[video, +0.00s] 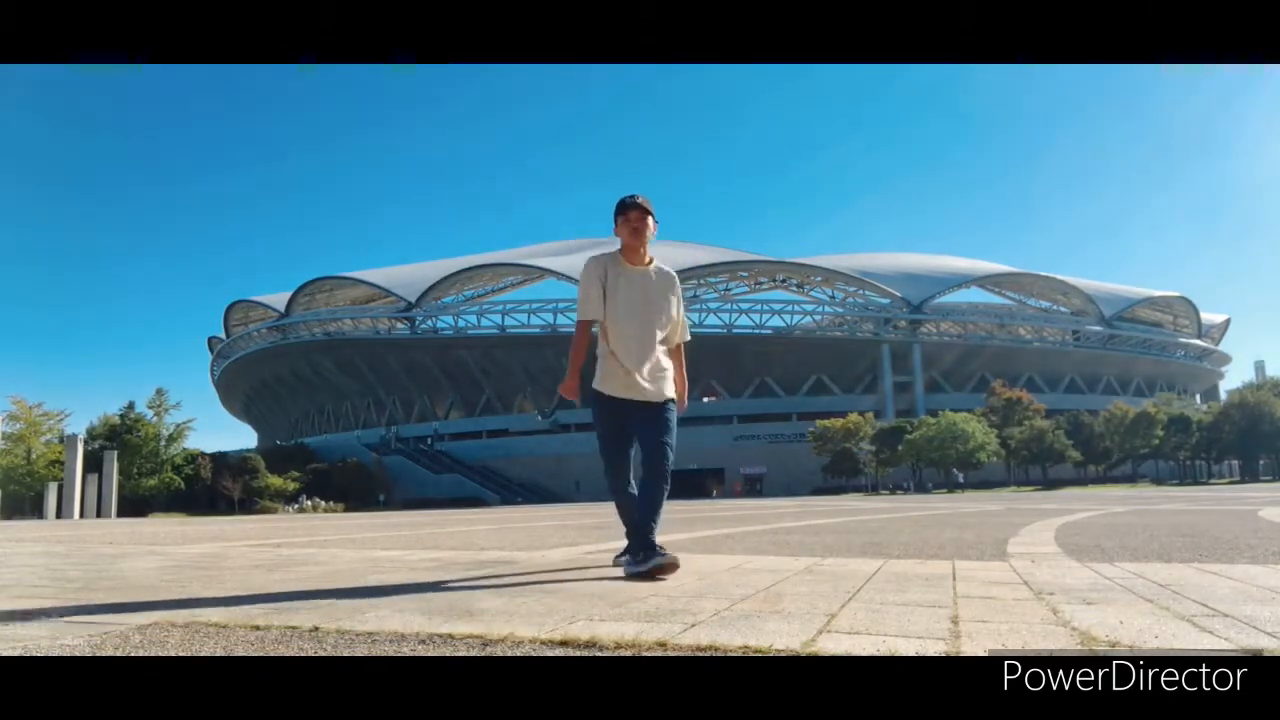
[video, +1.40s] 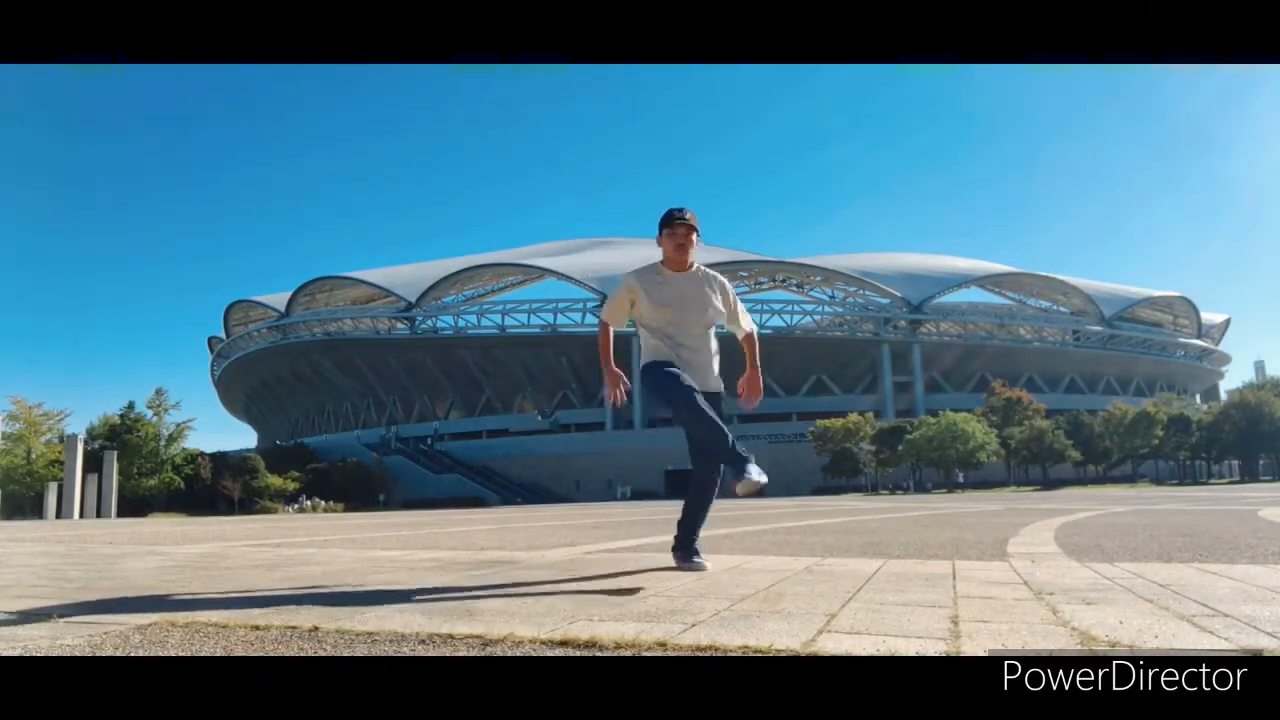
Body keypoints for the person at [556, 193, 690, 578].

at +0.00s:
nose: (637, 226)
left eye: (643, 220)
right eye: (629, 220)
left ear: (654, 227)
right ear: (616, 228)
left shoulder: (668, 279)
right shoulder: (599, 267)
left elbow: (675, 342)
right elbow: (585, 325)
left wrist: (681, 390)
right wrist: (573, 374)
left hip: (659, 390)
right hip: (612, 389)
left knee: (660, 469)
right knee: (618, 475)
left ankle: (639, 549)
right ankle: (644, 545)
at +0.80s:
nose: (671, 226)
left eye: (677, 219)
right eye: (664, 220)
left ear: (688, 225)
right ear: (652, 226)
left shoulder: (708, 269)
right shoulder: (635, 264)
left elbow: (711, 330)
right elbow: (611, 313)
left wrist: (711, 380)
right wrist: (610, 362)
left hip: (694, 379)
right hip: (646, 374)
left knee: (699, 467)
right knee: (623, 449)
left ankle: (695, 548)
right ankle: (642, 507)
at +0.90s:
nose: (675, 227)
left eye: (680, 221)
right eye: (667, 221)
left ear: (691, 226)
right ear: (654, 228)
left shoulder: (712, 268)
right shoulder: (637, 267)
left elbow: (715, 322)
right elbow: (606, 307)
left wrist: (710, 376)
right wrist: (608, 357)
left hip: (698, 377)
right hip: (654, 364)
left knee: (699, 467)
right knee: (622, 419)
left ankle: (693, 549)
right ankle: (616, 458)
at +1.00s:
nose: (677, 230)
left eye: (683, 223)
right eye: (669, 224)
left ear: (694, 228)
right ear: (656, 230)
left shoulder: (715, 270)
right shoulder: (643, 273)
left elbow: (719, 319)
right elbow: (605, 311)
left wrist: (700, 355)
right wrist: (604, 362)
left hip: (702, 378)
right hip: (661, 362)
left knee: (702, 468)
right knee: (629, 410)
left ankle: (692, 548)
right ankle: (572, 442)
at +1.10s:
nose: (684, 223)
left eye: (689, 217)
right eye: (676, 217)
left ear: (698, 223)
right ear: (662, 224)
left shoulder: (715, 269)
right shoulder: (644, 267)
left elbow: (719, 322)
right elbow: (616, 315)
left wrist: (710, 365)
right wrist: (618, 363)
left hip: (710, 381)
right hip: (665, 371)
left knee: (709, 466)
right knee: (639, 439)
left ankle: (692, 549)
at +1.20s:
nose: (684, 233)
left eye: (690, 227)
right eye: (677, 227)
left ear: (699, 233)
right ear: (664, 232)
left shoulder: (713, 275)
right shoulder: (640, 273)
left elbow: (731, 323)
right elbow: (631, 319)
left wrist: (707, 351)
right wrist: (649, 352)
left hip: (701, 363)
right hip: (655, 364)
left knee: (704, 451)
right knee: (664, 442)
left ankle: (695, 544)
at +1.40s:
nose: (682, 239)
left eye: (688, 233)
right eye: (674, 233)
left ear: (696, 239)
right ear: (661, 239)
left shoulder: (714, 283)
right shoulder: (639, 281)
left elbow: (745, 328)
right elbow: (606, 321)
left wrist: (754, 370)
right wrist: (608, 368)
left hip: (705, 379)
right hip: (659, 368)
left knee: (707, 467)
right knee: (681, 391)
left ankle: (685, 546)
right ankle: (742, 465)